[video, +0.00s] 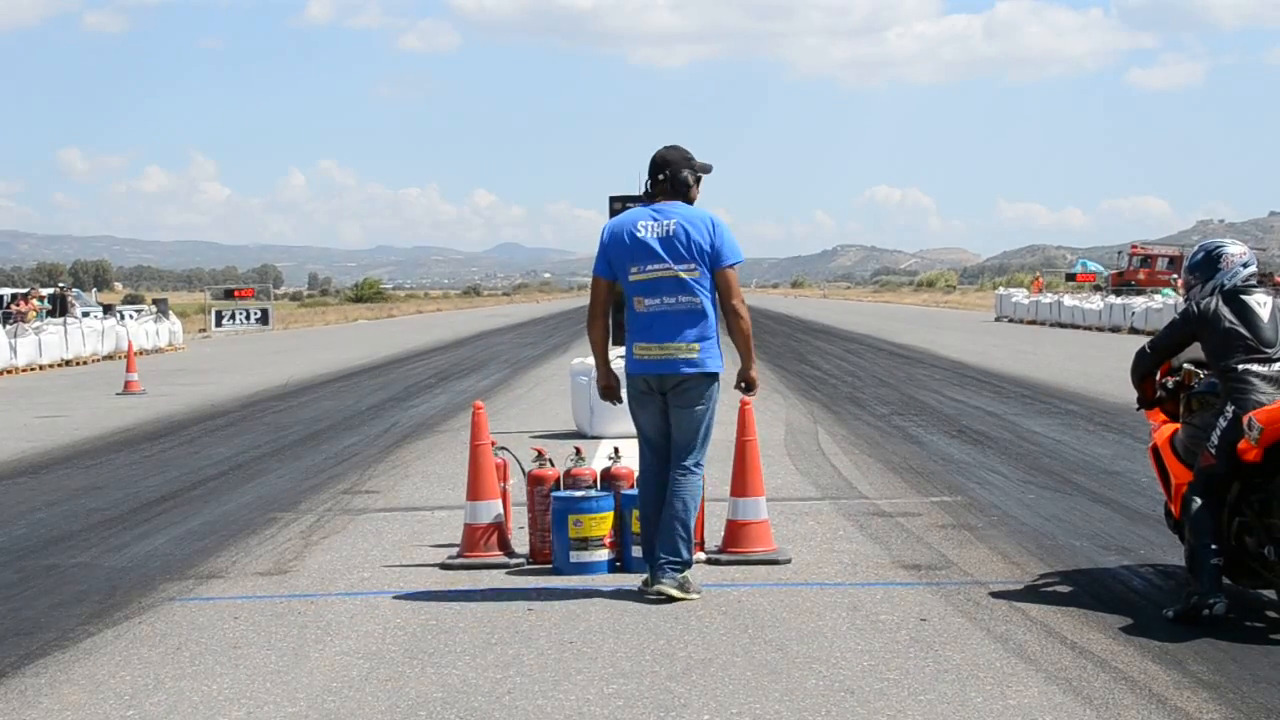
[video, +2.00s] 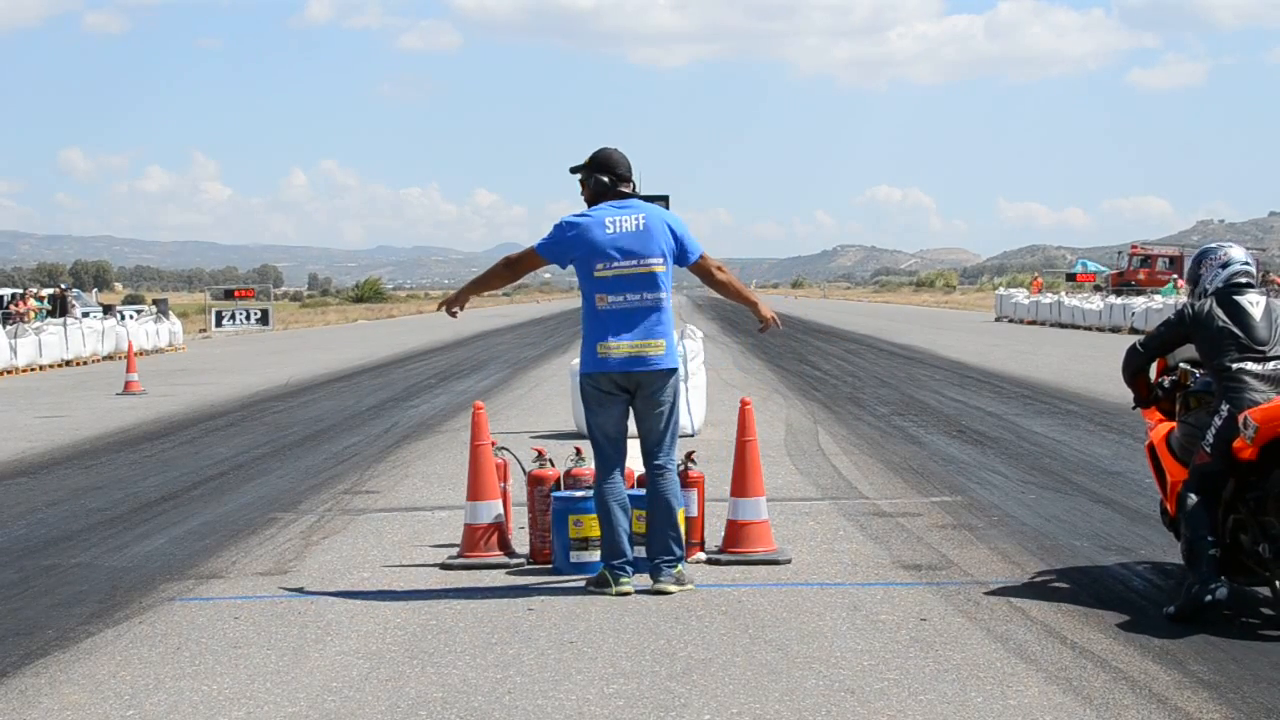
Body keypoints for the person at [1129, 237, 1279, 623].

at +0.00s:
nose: (1188, 288)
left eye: (1191, 280)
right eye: (1188, 281)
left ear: (1208, 275)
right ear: (1240, 266)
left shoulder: (1204, 306)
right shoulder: (1270, 298)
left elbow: (1146, 357)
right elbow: (1258, 352)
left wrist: (1150, 396)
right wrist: (1217, 380)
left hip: (1247, 404)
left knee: (1200, 492)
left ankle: (1207, 593)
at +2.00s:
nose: (1191, 286)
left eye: (1193, 278)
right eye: (1192, 279)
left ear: (1205, 275)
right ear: (1245, 269)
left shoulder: (1199, 310)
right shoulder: (1272, 304)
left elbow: (1136, 356)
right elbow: (1259, 354)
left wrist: (1148, 396)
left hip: (1242, 402)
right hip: (1279, 398)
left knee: (1196, 489)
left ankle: (1205, 580)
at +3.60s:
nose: (1163, 284)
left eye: (1165, 278)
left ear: (1171, 276)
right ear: (1212, 275)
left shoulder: (1160, 311)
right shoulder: (1235, 302)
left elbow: (1103, 356)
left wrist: (1115, 386)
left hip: (1195, 402)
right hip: (1244, 397)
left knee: (1145, 476)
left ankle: (1163, 547)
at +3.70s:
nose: (1160, 289)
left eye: (1160, 282)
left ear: (1166, 282)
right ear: (1198, 280)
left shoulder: (1157, 314)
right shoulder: (1222, 312)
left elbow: (1104, 353)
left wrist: (1116, 386)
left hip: (1169, 425)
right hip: (1223, 419)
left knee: (1144, 482)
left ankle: (1155, 559)